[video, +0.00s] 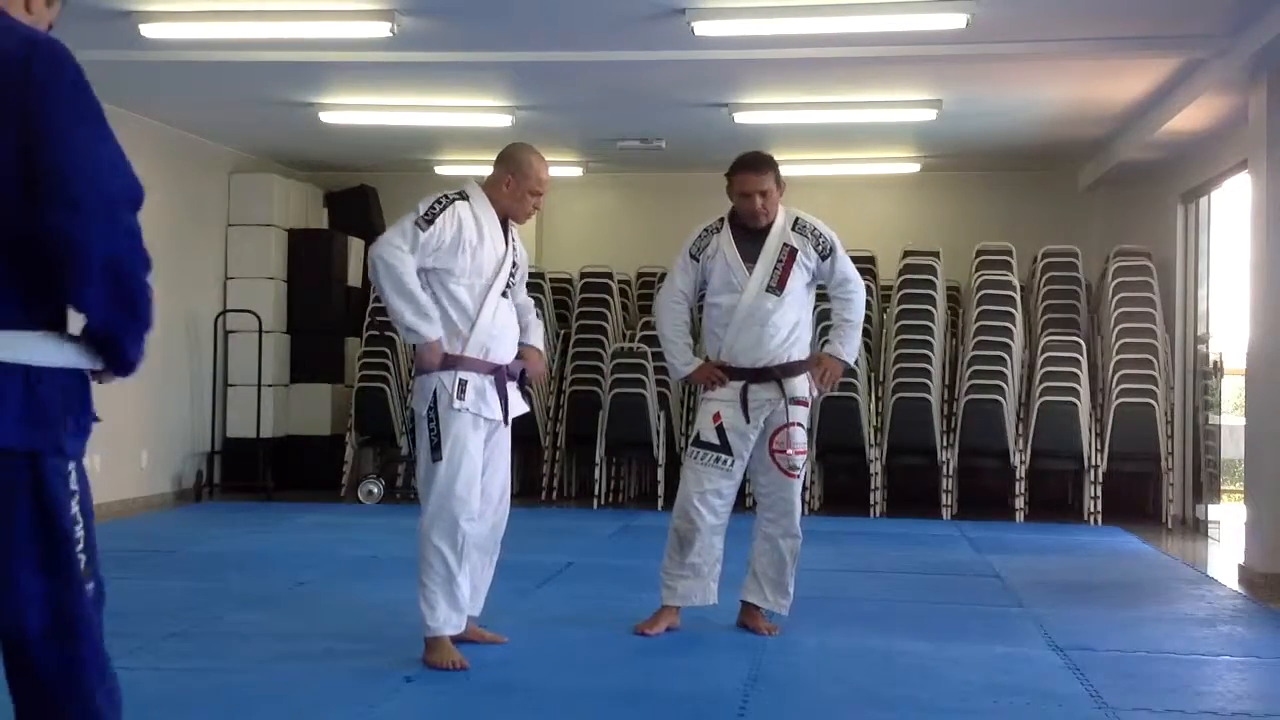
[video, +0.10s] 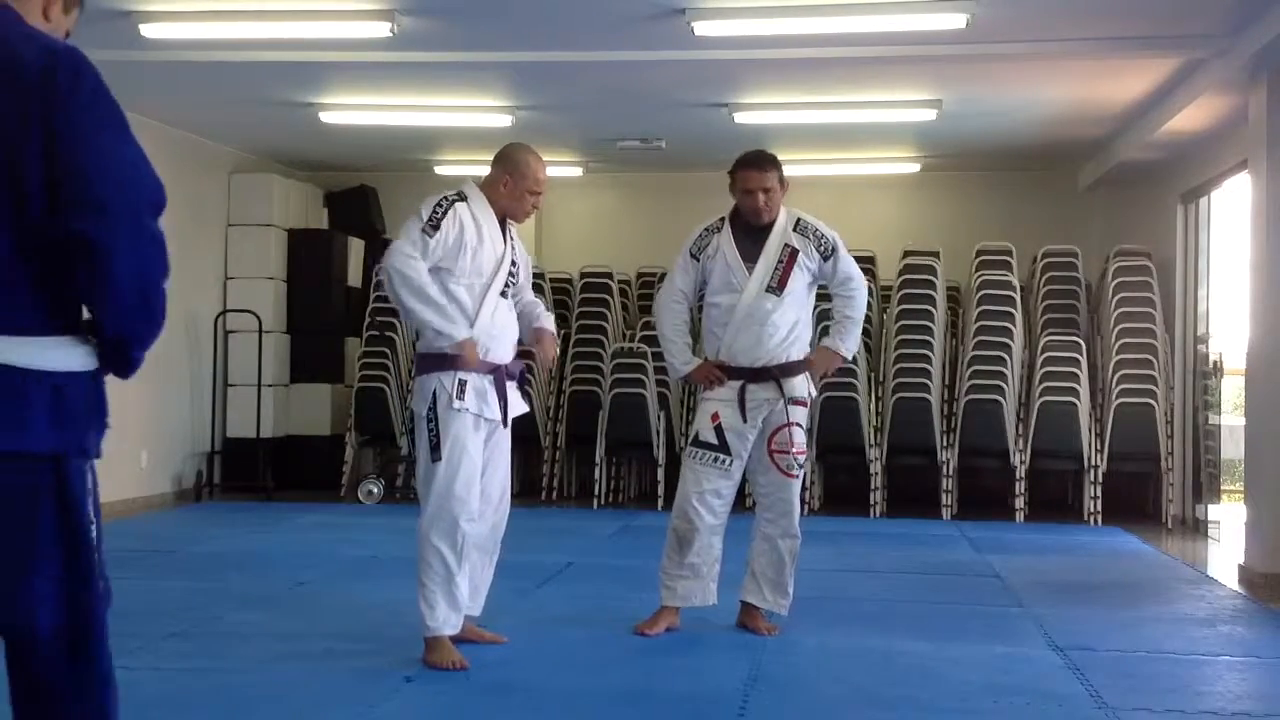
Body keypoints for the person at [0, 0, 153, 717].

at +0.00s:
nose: (53, 19)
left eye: (53, 12)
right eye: (54, 10)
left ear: (18, 6)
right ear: (32, 4)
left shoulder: (33, 65)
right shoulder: (32, 59)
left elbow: (98, 207)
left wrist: (106, 334)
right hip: (21, 382)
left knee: (51, 620)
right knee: (54, 627)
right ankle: (75, 708)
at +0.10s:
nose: (70, 28)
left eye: (70, 17)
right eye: (72, 16)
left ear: (29, 5)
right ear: (50, 6)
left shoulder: (51, 74)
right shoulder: (52, 72)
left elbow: (125, 221)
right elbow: (124, 224)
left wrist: (114, 338)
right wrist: (119, 342)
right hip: (29, 389)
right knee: (52, 628)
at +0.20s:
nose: (85, 48)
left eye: (91, 32)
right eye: (89, 28)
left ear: (39, 7)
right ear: (71, 10)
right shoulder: (71, 85)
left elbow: (135, 251)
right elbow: (134, 253)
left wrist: (102, 359)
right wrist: (114, 358)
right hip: (42, 403)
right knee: (67, 655)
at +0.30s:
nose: (113, 50)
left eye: (115, 36)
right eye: (117, 32)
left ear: (25, 9)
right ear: (99, 17)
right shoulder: (102, 92)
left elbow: (156, 255)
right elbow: (157, 255)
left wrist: (116, 355)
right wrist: (130, 354)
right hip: (62, 393)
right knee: (89, 650)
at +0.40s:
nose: (134, 50)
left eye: (137, 37)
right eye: (138, 34)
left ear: (45, 11)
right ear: (122, 20)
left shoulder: (2, 69)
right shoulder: (136, 98)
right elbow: (189, 259)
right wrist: (150, 351)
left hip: (4, 383)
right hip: (92, 390)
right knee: (102, 625)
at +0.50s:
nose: (150, 56)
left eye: (153, 44)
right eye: (154, 44)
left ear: (62, 17)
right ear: (142, 33)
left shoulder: (8, 72)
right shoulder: (163, 106)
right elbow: (208, 266)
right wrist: (169, 354)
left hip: (6, 394)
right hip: (113, 401)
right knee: (112, 641)